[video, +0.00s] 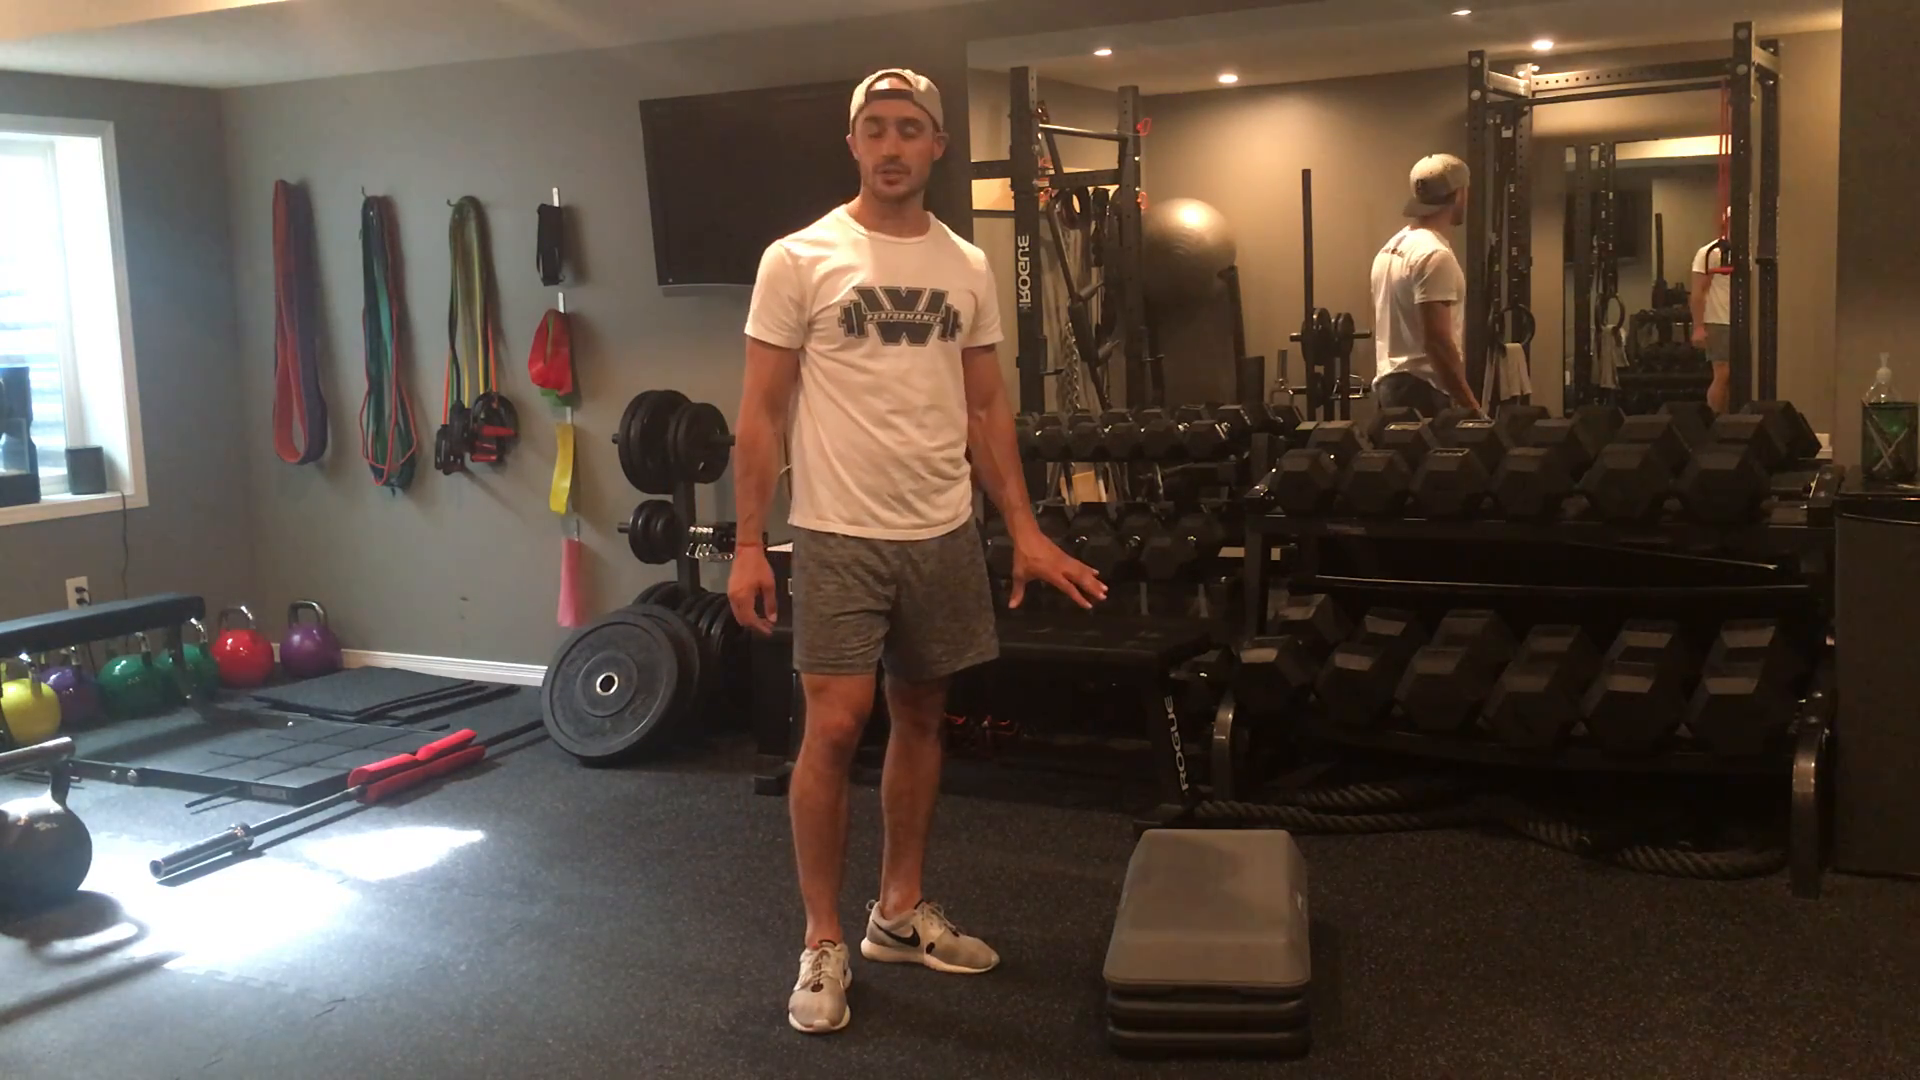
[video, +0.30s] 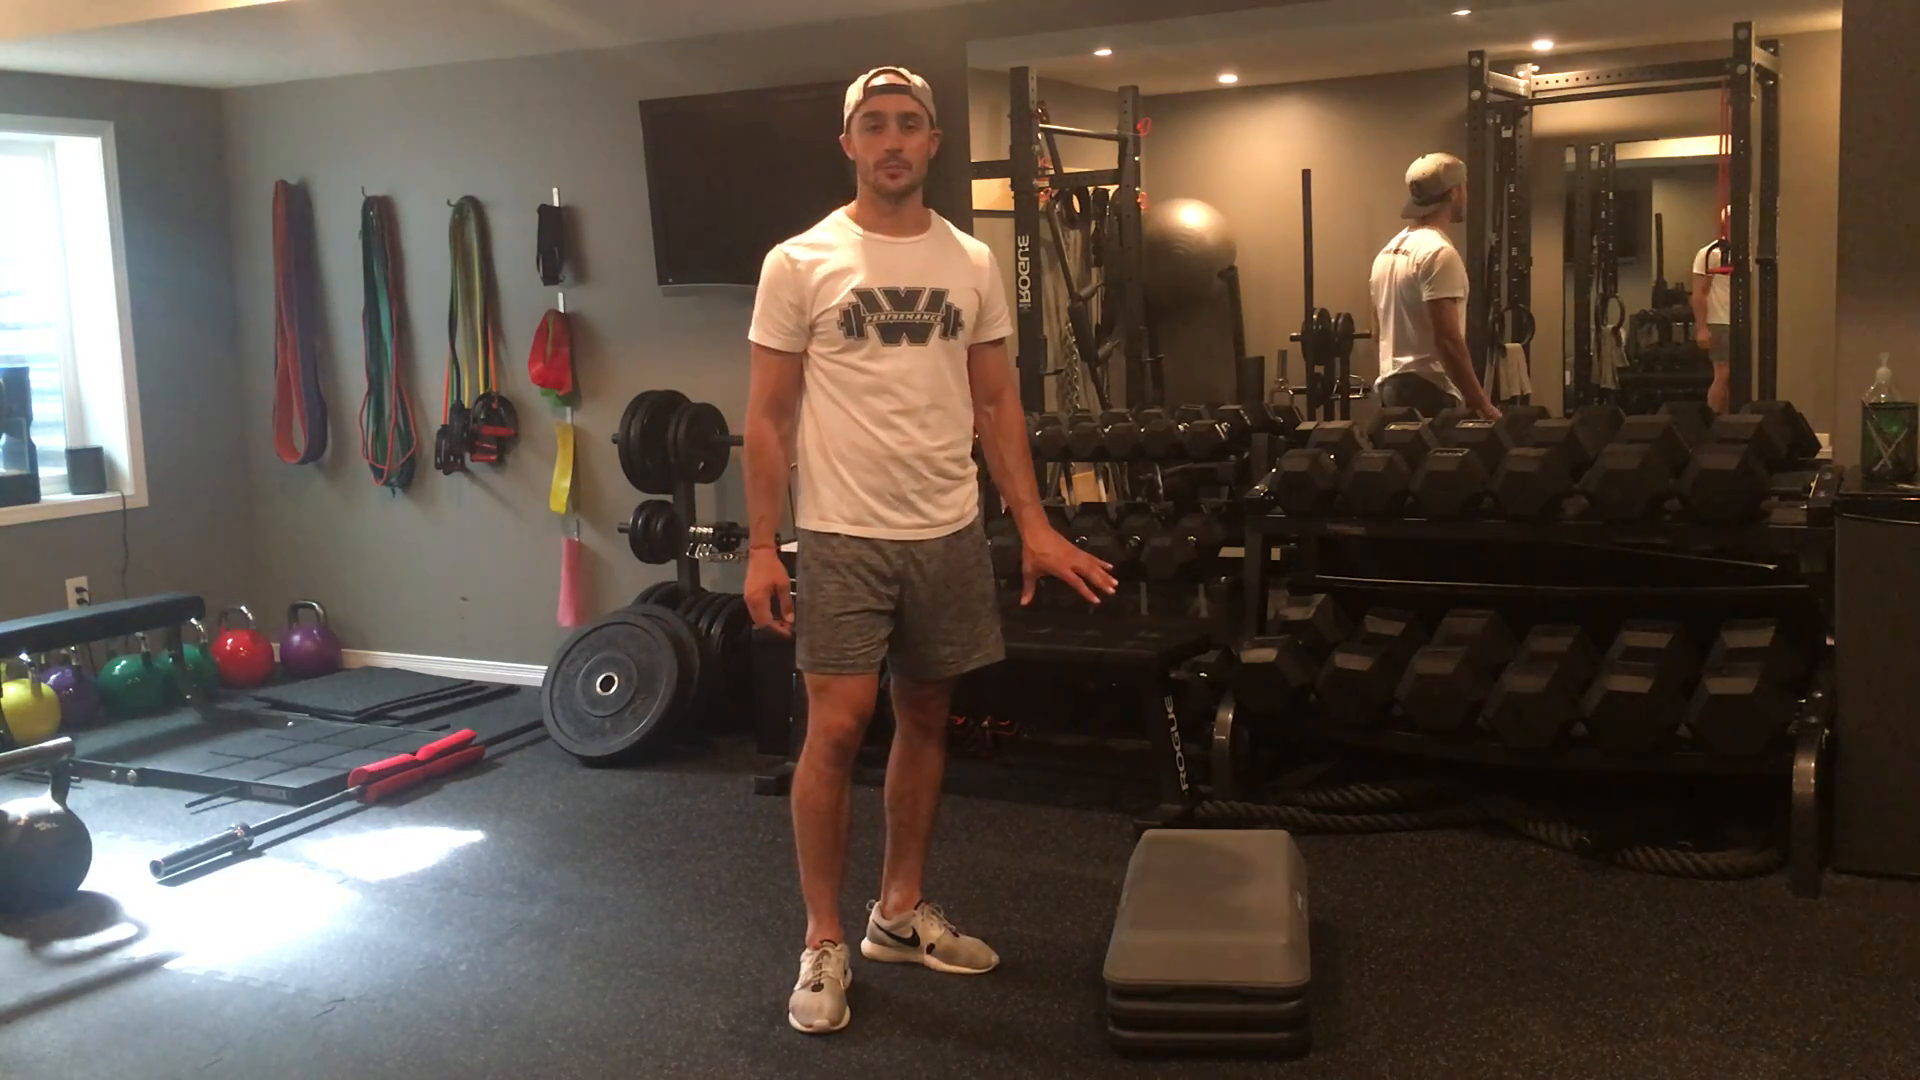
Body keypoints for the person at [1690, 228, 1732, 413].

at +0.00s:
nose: (1732, 223)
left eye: (1735, 218)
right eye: (1729, 218)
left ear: (1741, 223)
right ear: (1723, 220)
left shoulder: (1746, 254)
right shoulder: (1707, 254)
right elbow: (1698, 291)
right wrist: (1698, 325)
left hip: (1742, 325)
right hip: (1718, 323)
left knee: (1732, 377)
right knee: (1722, 374)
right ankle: (1714, 423)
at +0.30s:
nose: (1734, 223)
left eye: (1735, 219)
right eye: (1730, 218)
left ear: (1741, 222)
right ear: (1723, 221)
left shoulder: (1745, 254)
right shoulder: (1708, 255)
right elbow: (1699, 292)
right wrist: (1701, 326)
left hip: (1742, 324)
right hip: (1719, 324)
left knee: (1732, 377)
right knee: (1722, 375)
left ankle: (1726, 421)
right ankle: (1713, 422)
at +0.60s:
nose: (1733, 223)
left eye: (1736, 217)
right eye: (1730, 217)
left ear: (1742, 221)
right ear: (1723, 221)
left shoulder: (1748, 253)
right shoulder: (1709, 254)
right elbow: (1701, 293)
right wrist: (1704, 327)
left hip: (1745, 324)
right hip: (1721, 324)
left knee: (1740, 378)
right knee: (1722, 378)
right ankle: (1716, 424)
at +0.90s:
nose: (1734, 225)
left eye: (1737, 220)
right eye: (1730, 219)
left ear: (1743, 222)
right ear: (1723, 222)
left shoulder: (1748, 253)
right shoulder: (1709, 254)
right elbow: (1700, 293)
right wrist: (1702, 326)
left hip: (1745, 324)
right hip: (1721, 324)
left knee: (1741, 378)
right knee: (1722, 377)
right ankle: (1715, 423)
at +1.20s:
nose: (1735, 225)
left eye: (1737, 220)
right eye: (1731, 219)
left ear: (1744, 222)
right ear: (1724, 221)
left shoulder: (1748, 253)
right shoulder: (1709, 254)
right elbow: (1700, 292)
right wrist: (1701, 326)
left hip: (1743, 325)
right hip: (1720, 324)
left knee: (1736, 377)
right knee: (1724, 376)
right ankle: (1711, 420)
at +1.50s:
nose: (1733, 227)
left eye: (1736, 221)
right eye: (1730, 221)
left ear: (1740, 224)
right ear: (1722, 223)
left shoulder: (1743, 252)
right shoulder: (1708, 253)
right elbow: (1698, 293)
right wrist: (1702, 327)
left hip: (1739, 325)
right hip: (1719, 325)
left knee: (1731, 381)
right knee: (1722, 379)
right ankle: (1700, 422)